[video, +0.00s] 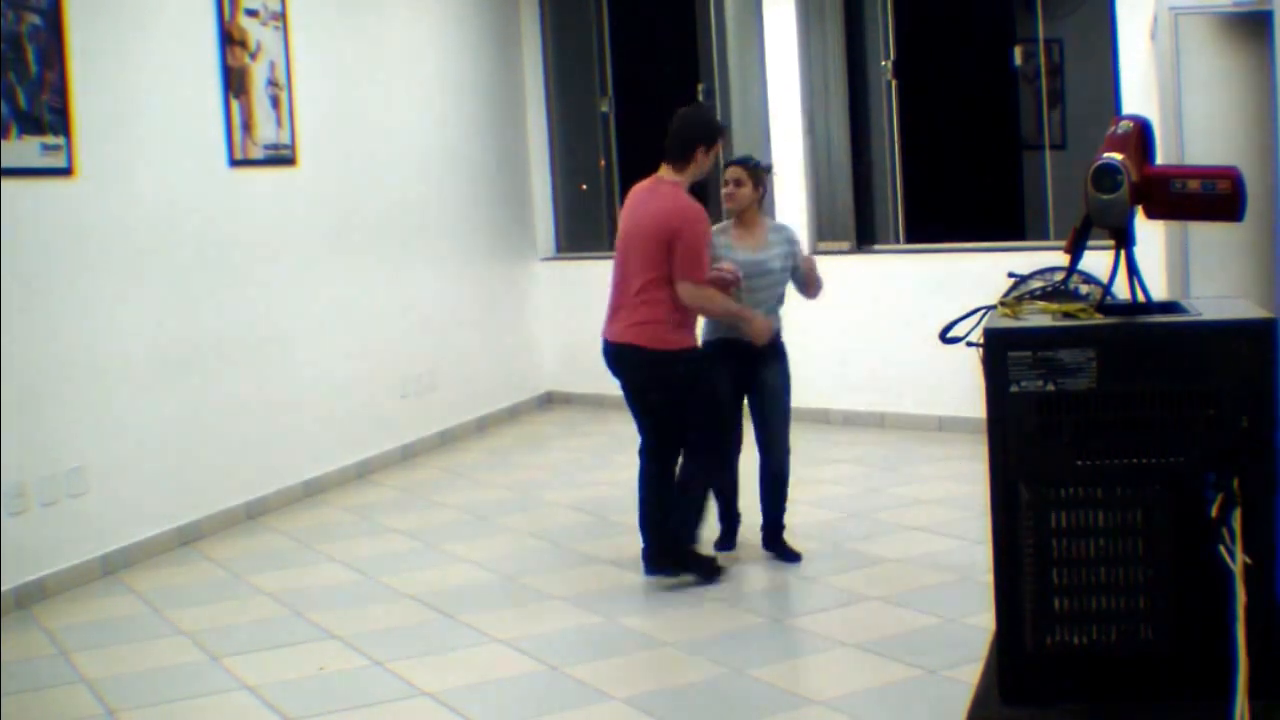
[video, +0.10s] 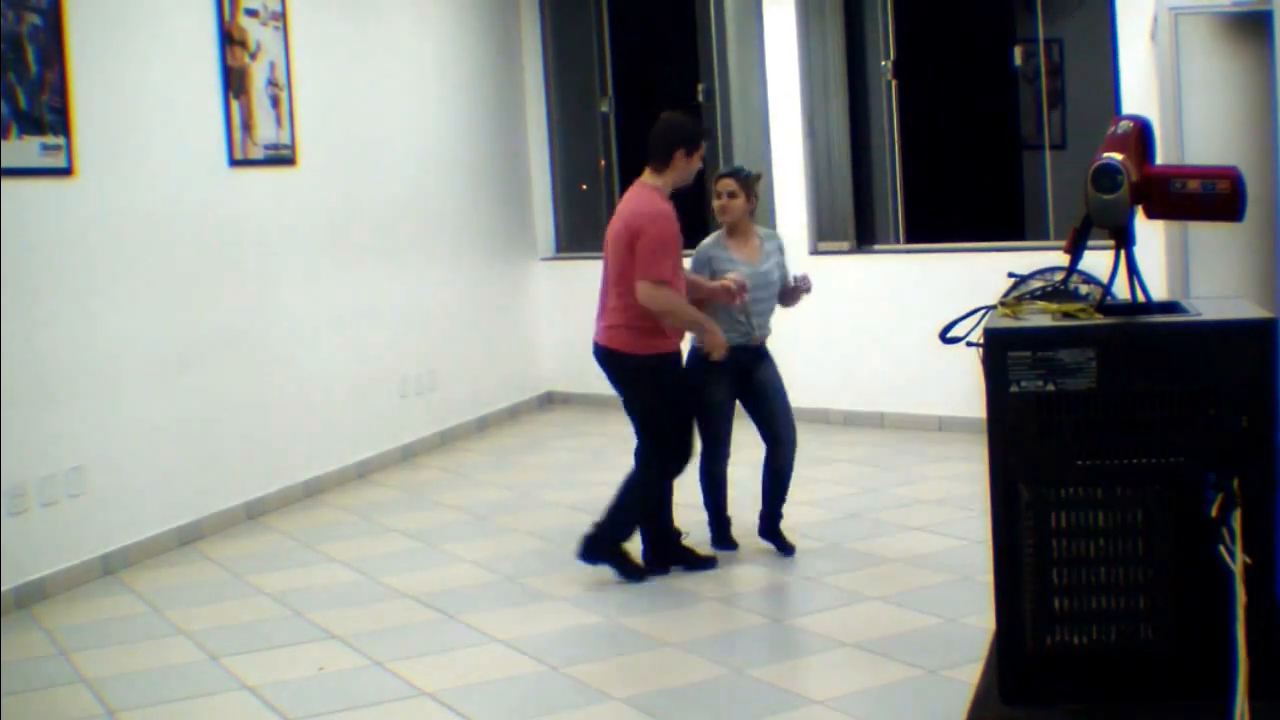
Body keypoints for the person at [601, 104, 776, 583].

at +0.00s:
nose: (716, 159)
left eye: (716, 150)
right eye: (716, 151)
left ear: (670, 146)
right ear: (703, 152)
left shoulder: (638, 195)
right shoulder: (688, 212)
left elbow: (643, 268)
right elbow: (691, 292)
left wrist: (705, 275)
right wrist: (746, 316)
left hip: (623, 342)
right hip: (665, 346)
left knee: (658, 442)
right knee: (712, 437)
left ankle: (659, 552)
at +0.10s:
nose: (700, 166)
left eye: (701, 158)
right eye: (698, 158)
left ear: (662, 154)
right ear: (682, 156)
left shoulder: (638, 201)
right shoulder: (656, 212)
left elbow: (658, 276)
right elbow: (651, 293)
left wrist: (709, 290)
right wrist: (706, 329)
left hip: (626, 344)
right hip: (643, 348)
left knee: (659, 444)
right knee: (672, 448)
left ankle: (662, 545)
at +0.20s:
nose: (683, 167)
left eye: (685, 158)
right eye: (681, 158)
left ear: (655, 156)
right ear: (658, 156)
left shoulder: (657, 208)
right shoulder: (619, 212)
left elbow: (666, 271)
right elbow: (605, 288)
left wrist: (712, 287)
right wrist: (665, 324)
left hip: (648, 351)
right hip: (615, 353)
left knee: (656, 450)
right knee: (629, 450)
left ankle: (662, 546)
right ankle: (560, 535)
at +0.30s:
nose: (665, 165)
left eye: (667, 157)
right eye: (662, 156)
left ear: (640, 156)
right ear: (637, 154)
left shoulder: (653, 208)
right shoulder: (591, 210)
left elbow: (676, 266)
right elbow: (567, 282)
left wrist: (713, 280)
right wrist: (629, 318)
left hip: (638, 350)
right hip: (588, 351)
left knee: (652, 449)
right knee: (582, 449)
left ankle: (661, 545)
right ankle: (547, 542)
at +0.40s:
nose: (652, 166)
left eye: (653, 157)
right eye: (648, 156)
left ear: (625, 156)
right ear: (621, 154)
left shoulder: (643, 208)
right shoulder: (571, 210)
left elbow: (667, 265)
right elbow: (541, 280)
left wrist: (703, 275)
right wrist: (603, 312)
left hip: (619, 347)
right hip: (566, 349)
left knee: (645, 442)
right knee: (560, 451)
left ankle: (657, 540)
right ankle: (544, 548)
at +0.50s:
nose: (637, 165)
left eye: (639, 157)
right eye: (632, 156)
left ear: (612, 156)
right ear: (604, 153)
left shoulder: (629, 208)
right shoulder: (554, 209)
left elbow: (650, 265)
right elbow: (526, 278)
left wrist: (675, 275)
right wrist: (588, 308)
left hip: (608, 345)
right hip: (556, 348)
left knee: (633, 434)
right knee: (554, 452)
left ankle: (618, 529)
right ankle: (544, 551)